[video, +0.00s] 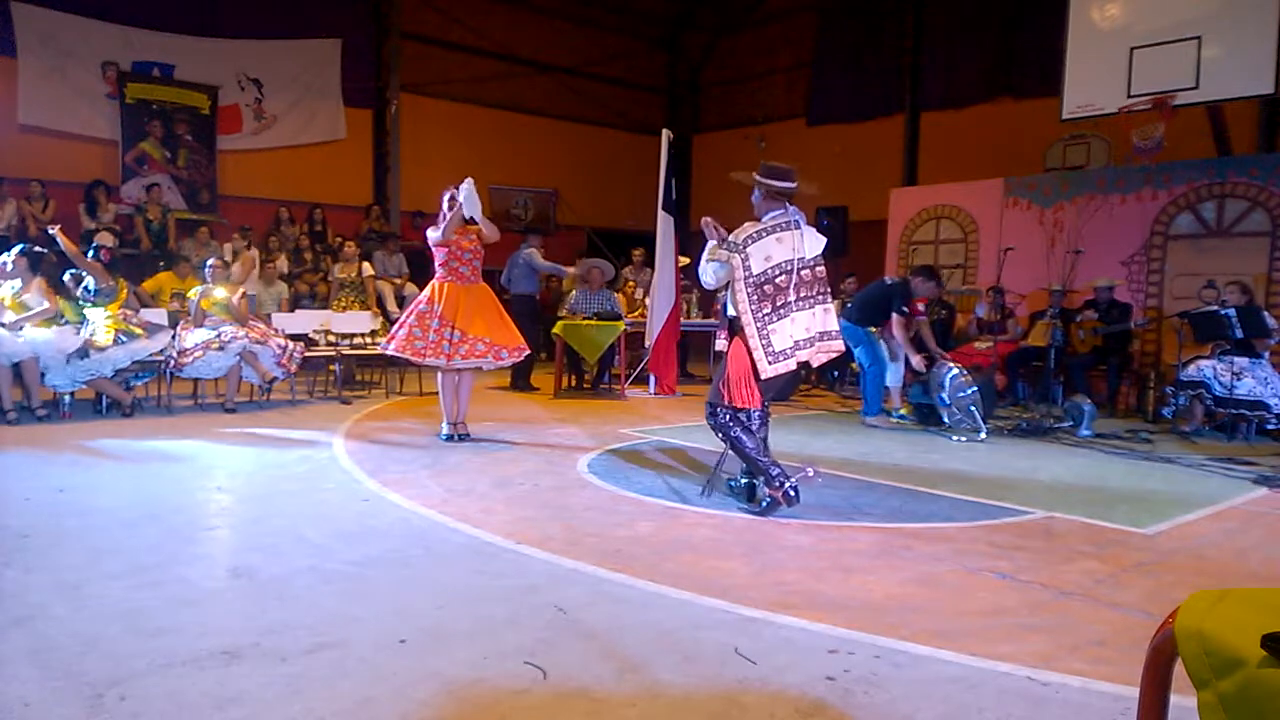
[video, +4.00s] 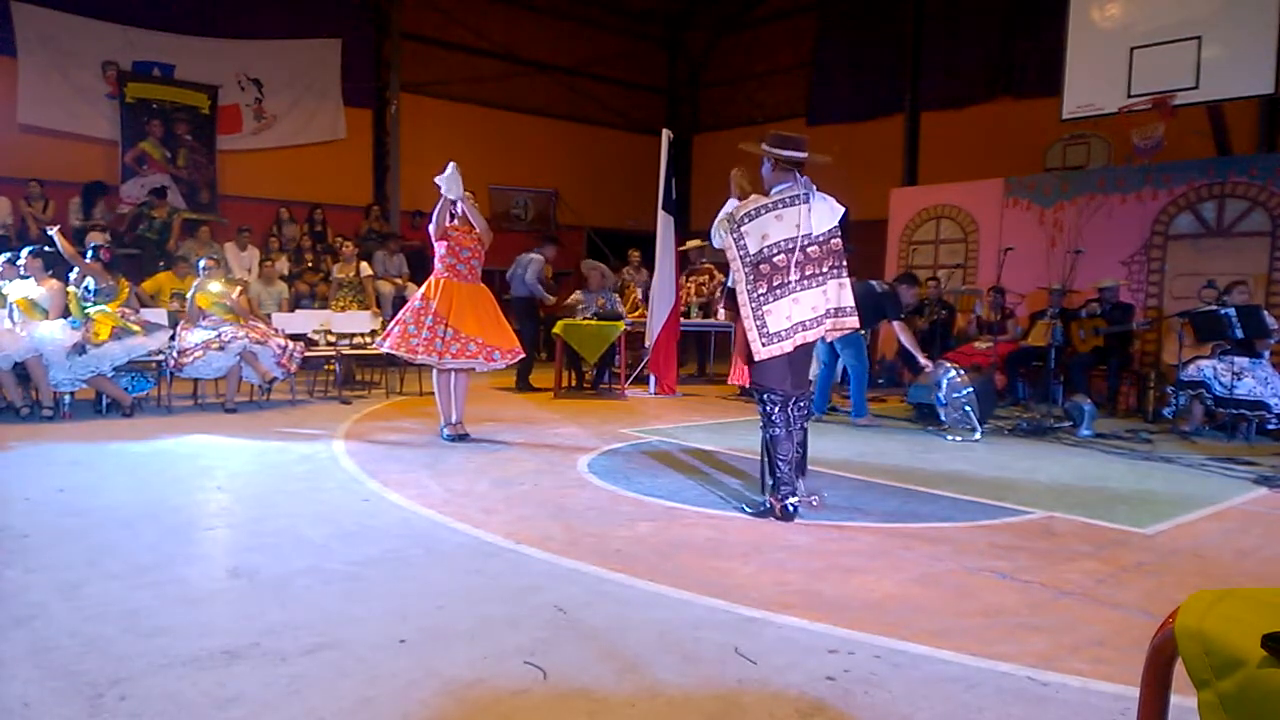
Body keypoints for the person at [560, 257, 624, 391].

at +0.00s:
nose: (594, 278)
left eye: (597, 275)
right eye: (592, 274)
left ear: (603, 278)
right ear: (587, 277)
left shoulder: (610, 295)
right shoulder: (576, 294)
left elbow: (618, 314)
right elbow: (564, 312)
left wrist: (601, 317)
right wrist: (575, 317)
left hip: (601, 332)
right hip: (580, 331)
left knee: (609, 349)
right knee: (570, 347)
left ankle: (597, 381)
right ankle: (579, 377)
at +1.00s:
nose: (600, 278)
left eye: (602, 275)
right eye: (598, 274)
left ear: (606, 278)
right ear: (591, 277)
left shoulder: (612, 296)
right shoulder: (577, 293)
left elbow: (620, 316)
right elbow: (565, 313)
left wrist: (599, 317)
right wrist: (576, 317)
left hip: (603, 332)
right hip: (581, 331)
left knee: (610, 349)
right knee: (570, 346)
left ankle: (597, 380)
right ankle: (579, 378)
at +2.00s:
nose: (590, 276)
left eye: (594, 273)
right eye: (591, 273)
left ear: (602, 277)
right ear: (588, 275)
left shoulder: (613, 295)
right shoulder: (579, 293)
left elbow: (619, 312)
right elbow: (563, 309)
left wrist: (598, 314)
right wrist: (575, 318)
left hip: (603, 333)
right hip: (581, 331)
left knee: (610, 349)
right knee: (569, 345)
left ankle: (597, 380)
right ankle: (578, 377)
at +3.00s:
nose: (583, 280)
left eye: (587, 276)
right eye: (581, 276)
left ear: (595, 279)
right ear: (578, 279)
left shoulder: (606, 294)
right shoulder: (576, 295)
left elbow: (617, 312)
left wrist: (601, 303)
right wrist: (562, 301)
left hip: (601, 331)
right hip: (580, 331)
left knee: (610, 349)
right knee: (571, 346)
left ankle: (597, 380)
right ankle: (579, 378)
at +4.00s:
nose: (590, 280)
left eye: (593, 276)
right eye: (589, 276)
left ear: (603, 279)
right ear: (587, 278)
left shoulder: (612, 297)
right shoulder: (579, 295)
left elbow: (621, 314)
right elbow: (563, 309)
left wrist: (601, 314)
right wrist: (574, 305)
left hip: (603, 332)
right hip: (581, 331)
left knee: (610, 349)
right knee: (571, 345)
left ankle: (597, 381)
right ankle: (579, 379)